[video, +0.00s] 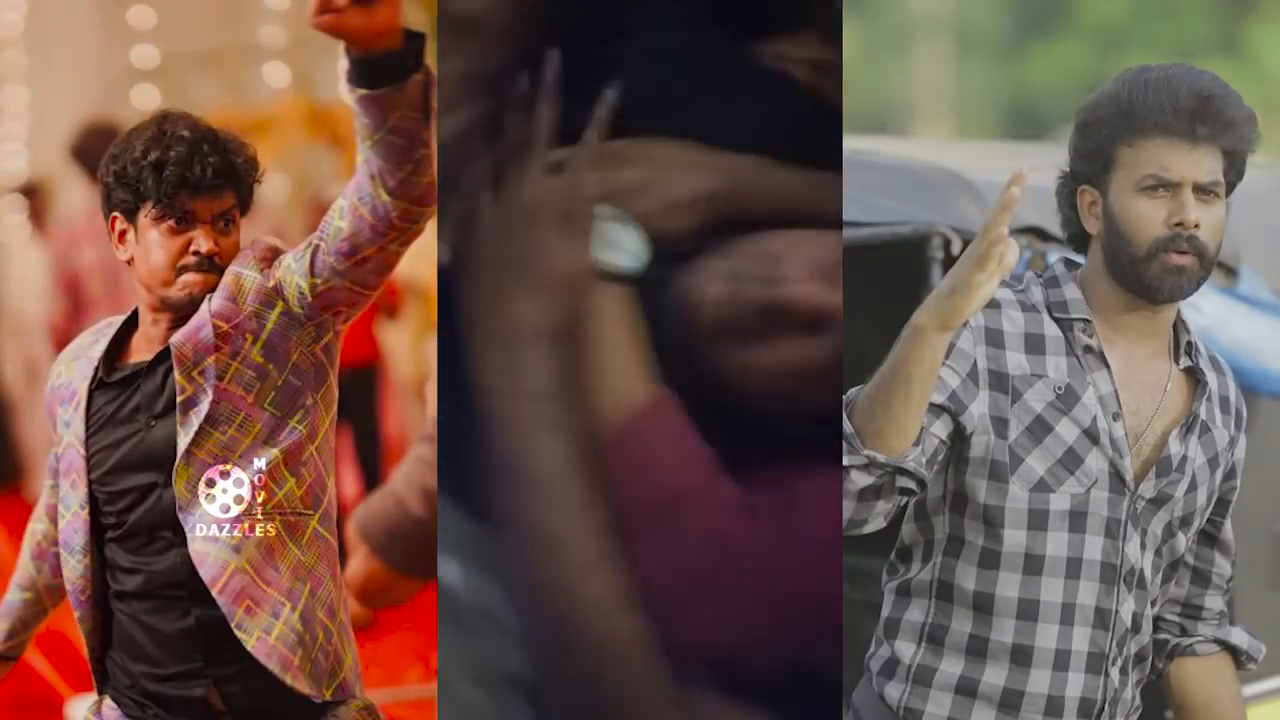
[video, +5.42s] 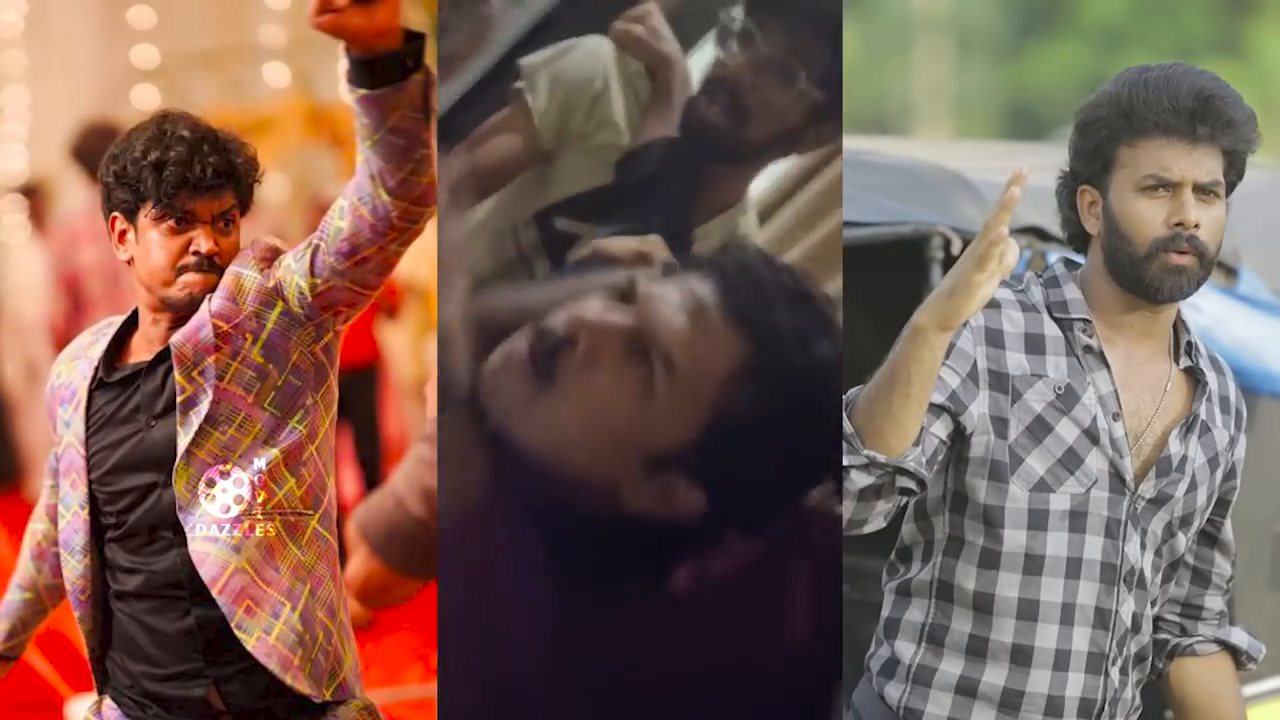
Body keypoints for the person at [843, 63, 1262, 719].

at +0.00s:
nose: (1187, 217)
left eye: (1207, 194)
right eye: (1157, 190)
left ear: (1227, 209)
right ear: (1092, 208)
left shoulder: (1219, 398)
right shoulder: (984, 329)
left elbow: (1193, 616)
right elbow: (853, 508)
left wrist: (1224, 711)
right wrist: (932, 326)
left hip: (1106, 709)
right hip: (936, 702)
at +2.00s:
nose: (1187, 217)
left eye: (1207, 194)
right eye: (1157, 190)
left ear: (1227, 208)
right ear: (1092, 208)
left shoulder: (1219, 398)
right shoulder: (984, 329)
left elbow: (1193, 615)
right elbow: (851, 508)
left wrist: (1225, 711)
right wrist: (931, 328)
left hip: (1105, 709)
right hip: (934, 702)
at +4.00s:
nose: (1187, 217)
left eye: (1207, 194)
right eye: (1157, 190)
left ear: (1227, 208)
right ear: (1092, 207)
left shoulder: (1219, 398)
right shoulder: (984, 328)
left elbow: (1193, 617)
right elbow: (855, 505)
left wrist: (1225, 711)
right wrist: (931, 327)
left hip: (1105, 709)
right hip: (937, 702)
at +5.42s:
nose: (1187, 217)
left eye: (1207, 194)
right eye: (1157, 190)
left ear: (1227, 208)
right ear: (1092, 207)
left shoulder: (1219, 398)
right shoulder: (984, 328)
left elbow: (1193, 617)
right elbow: (852, 507)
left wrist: (1225, 711)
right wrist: (931, 327)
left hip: (1105, 709)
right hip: (935, 702)